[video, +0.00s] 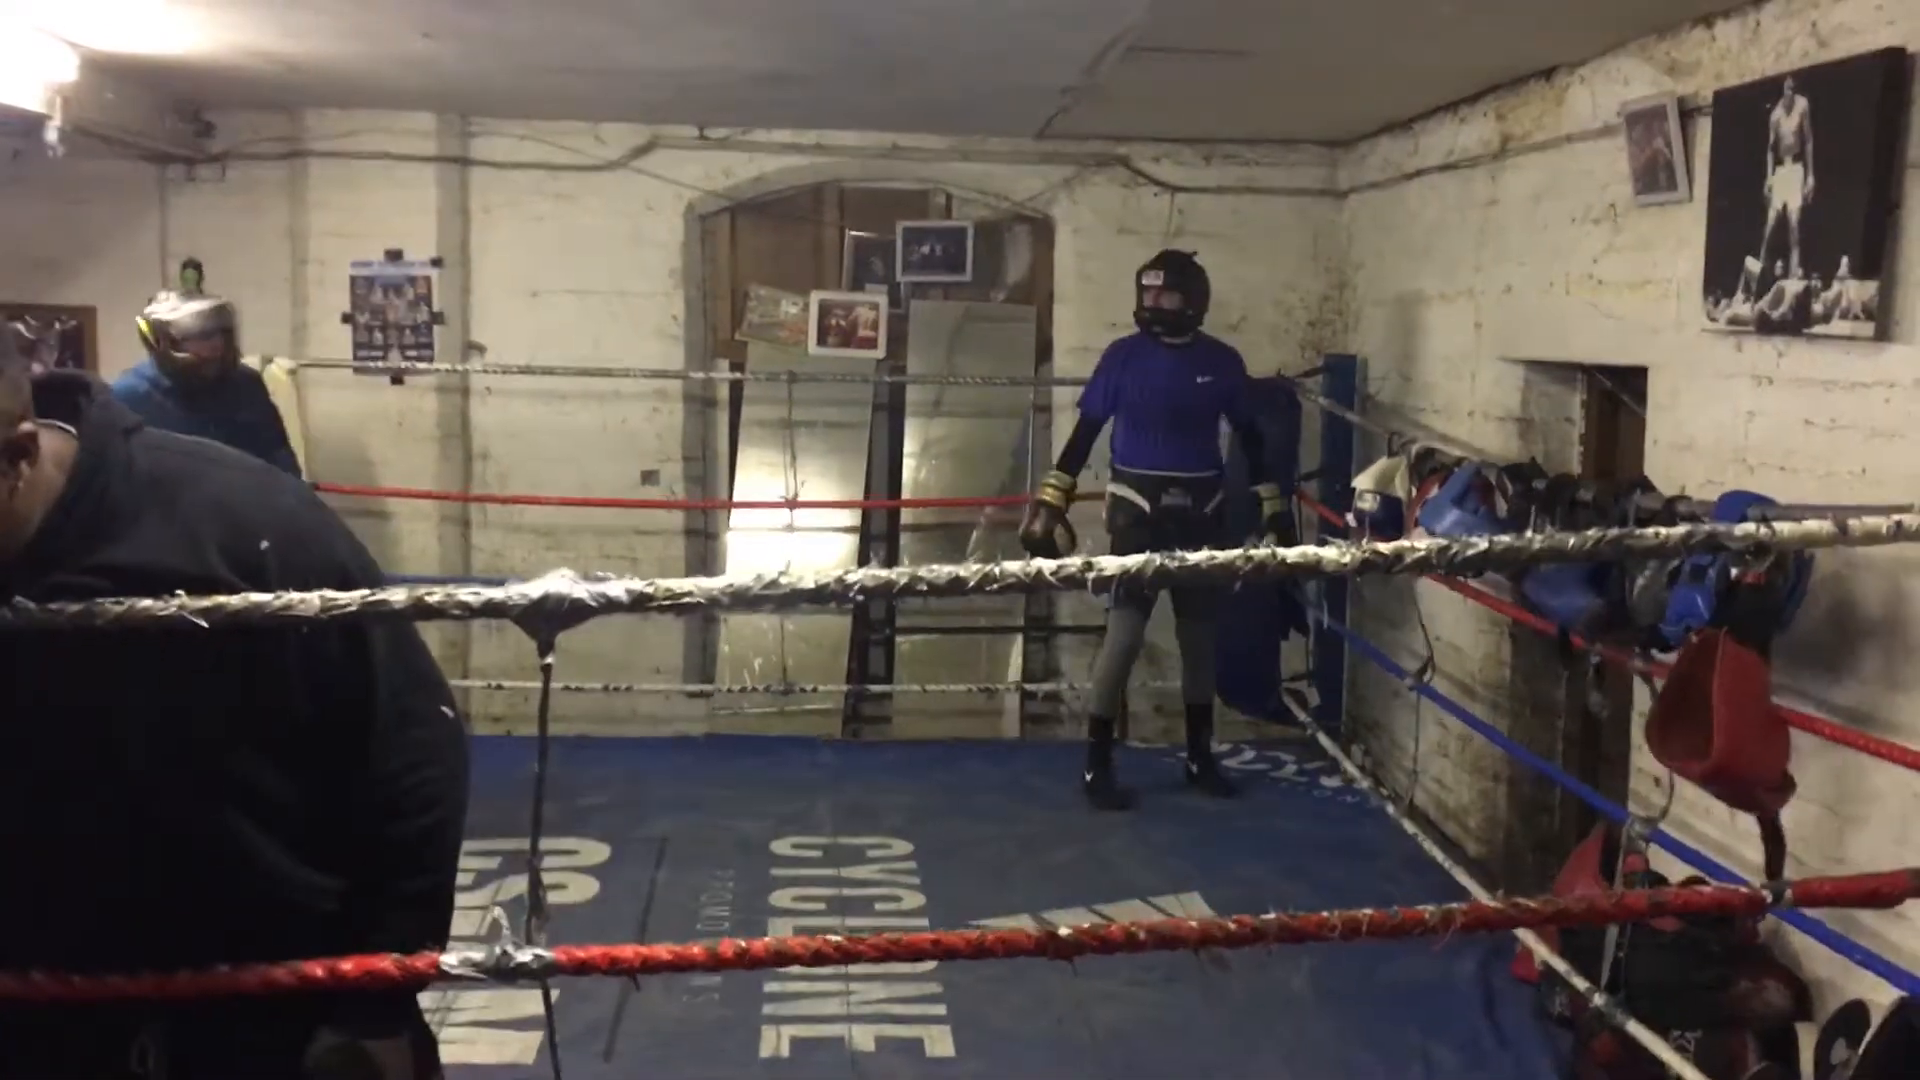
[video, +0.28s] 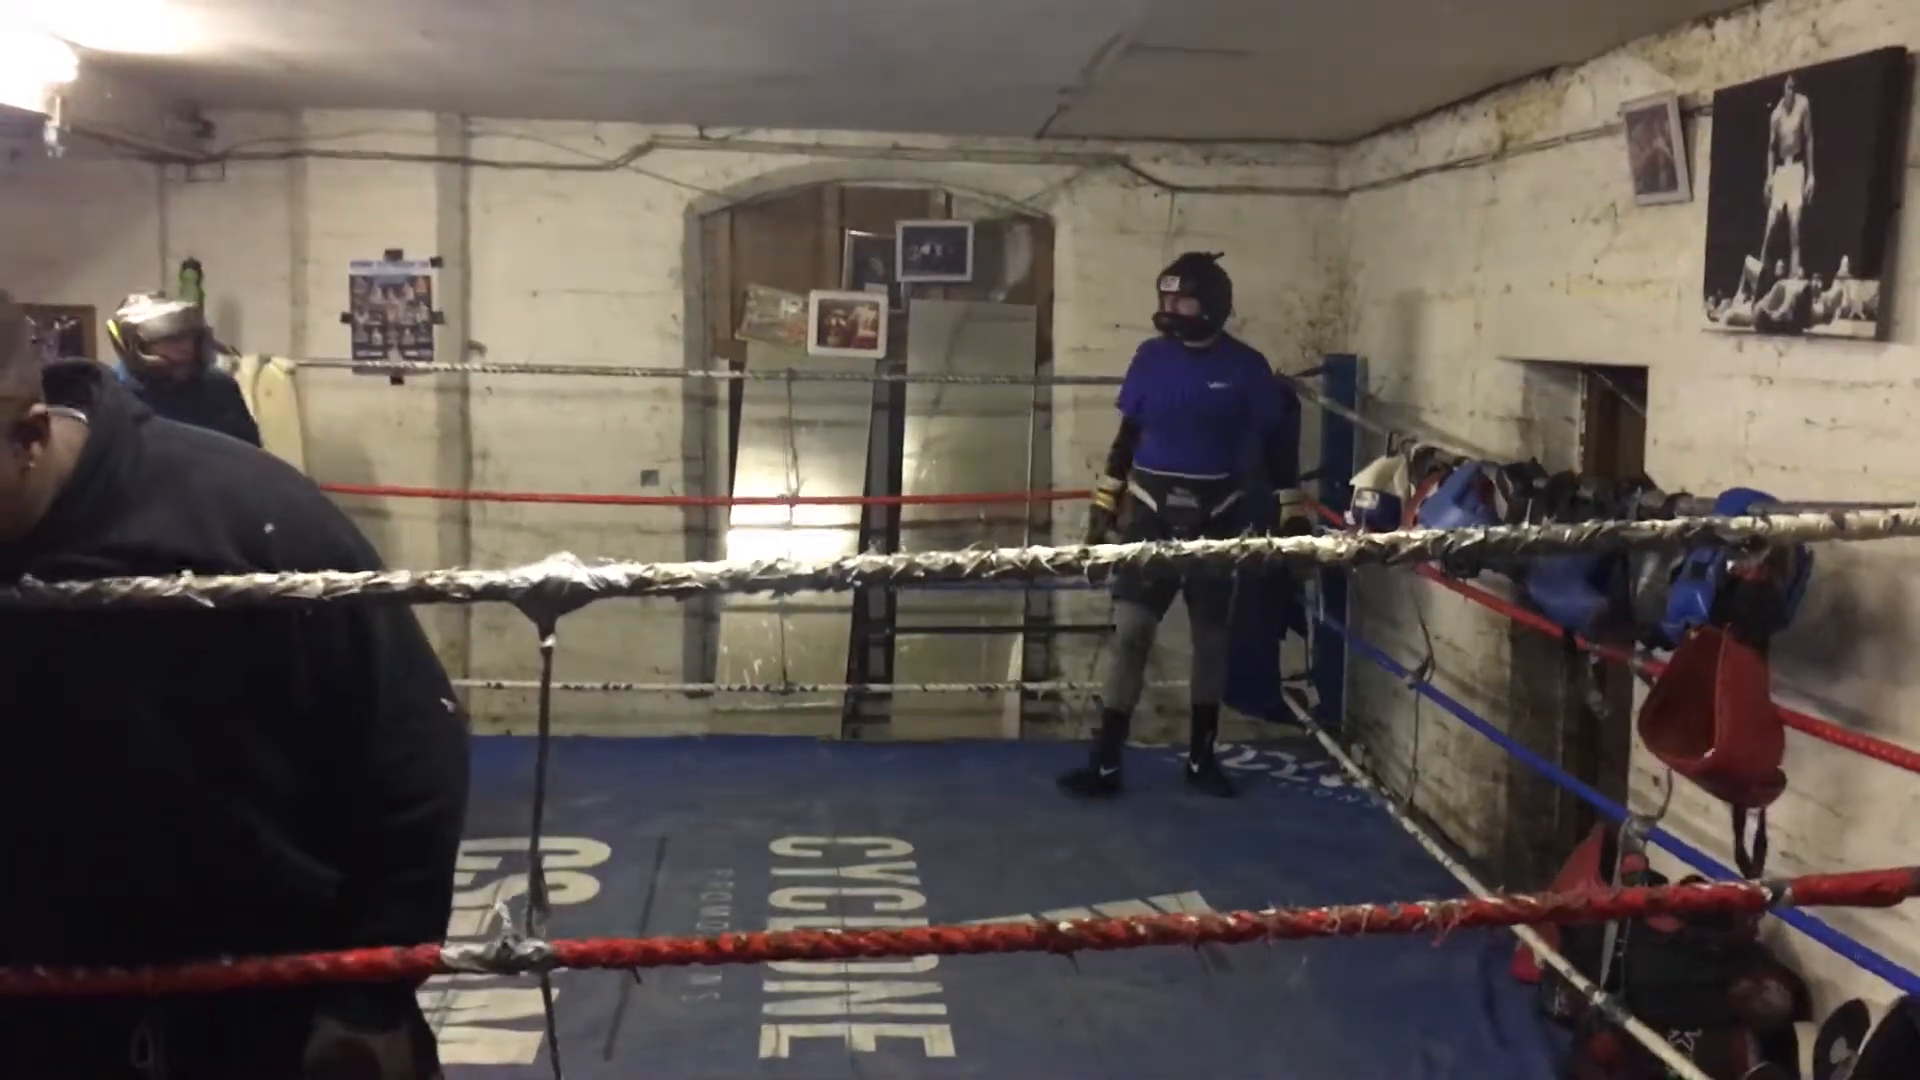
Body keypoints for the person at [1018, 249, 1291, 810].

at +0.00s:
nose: (1153, 301)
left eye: (1166, 292)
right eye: (1147, 291)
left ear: (1193, 299)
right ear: (1140, 296)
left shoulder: (1222, 360)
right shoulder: (1124, 356)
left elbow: (1251, 435)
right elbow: (1085, 430)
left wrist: (1269, 509)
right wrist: (1052, 499)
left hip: (1203, 506)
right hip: (1136, 505)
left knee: (1199, 640)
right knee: (1125, 636)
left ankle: (1201, 759)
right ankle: (1097, 766)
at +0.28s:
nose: (1172, 306)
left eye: (1184, 297)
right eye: (1167, 296)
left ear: (1213, 303)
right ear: (1162, 300)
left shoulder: (1248, 366)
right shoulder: (1151, 358)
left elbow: (1276, 445)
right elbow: (1128, 434)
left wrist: (1288, 516)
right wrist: (1106, 504)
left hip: (1222, 511)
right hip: (1150, 508)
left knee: (1210, 637)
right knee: (1129, 634)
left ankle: (1202, 760)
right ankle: (1106, 762)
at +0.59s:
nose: (1157, 304)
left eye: (1168, 295)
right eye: (1154, 295)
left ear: (1199, 301)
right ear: (1154, 300)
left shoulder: (1239, 364)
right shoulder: (1150, 355)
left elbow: (1254, 448)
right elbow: (1138, 431)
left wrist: (1243, 511)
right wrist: (1122, 495)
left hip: (1211, 509)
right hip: (1146, 503)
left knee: (1203, 633)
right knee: (1133, 630)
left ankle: (1201, 755)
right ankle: (1121, 750)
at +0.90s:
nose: (1126, 302)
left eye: (1137, 293)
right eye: (1125, 292)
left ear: (1168, 300)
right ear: (1131, 298)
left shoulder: (1210, 362)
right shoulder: (1121, 354)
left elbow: (1233, 444)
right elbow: (1102, 431)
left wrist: (1226, 513)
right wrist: (1080, 500)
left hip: (1186, 509)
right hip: (1121, 506)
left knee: (1186, 631)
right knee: (1122, 630)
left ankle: (1199, 755)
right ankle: (1119, 749)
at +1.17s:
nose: (1099, 301)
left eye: (1110, 293)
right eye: (1099, 292)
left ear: (1141, 299)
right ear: (1105, 298)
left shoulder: (1182, 360)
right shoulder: (1094, 353)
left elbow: (1205, 444)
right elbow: (1070, 428)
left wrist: (1201, 516)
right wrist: (1044, 494)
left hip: (1160, 508)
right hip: (1100, 506)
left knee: (1172, 634)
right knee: (1111, 632)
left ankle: (1197, 754)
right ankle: (1117, 752)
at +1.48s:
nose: (1075, 308)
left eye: (1086, 298)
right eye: (1073, 298)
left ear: (1116, 303)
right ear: (1074, 303)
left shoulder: (1158, 359)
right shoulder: (1072, 358)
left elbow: (1187, 442)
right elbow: (1054, 434)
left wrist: (1182, 517)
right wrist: (1033, 504)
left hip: (1143, 501)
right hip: (1086, 503)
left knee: (1131, 624)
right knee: (1101, 625)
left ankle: (1154, 759)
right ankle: (1116, 747)